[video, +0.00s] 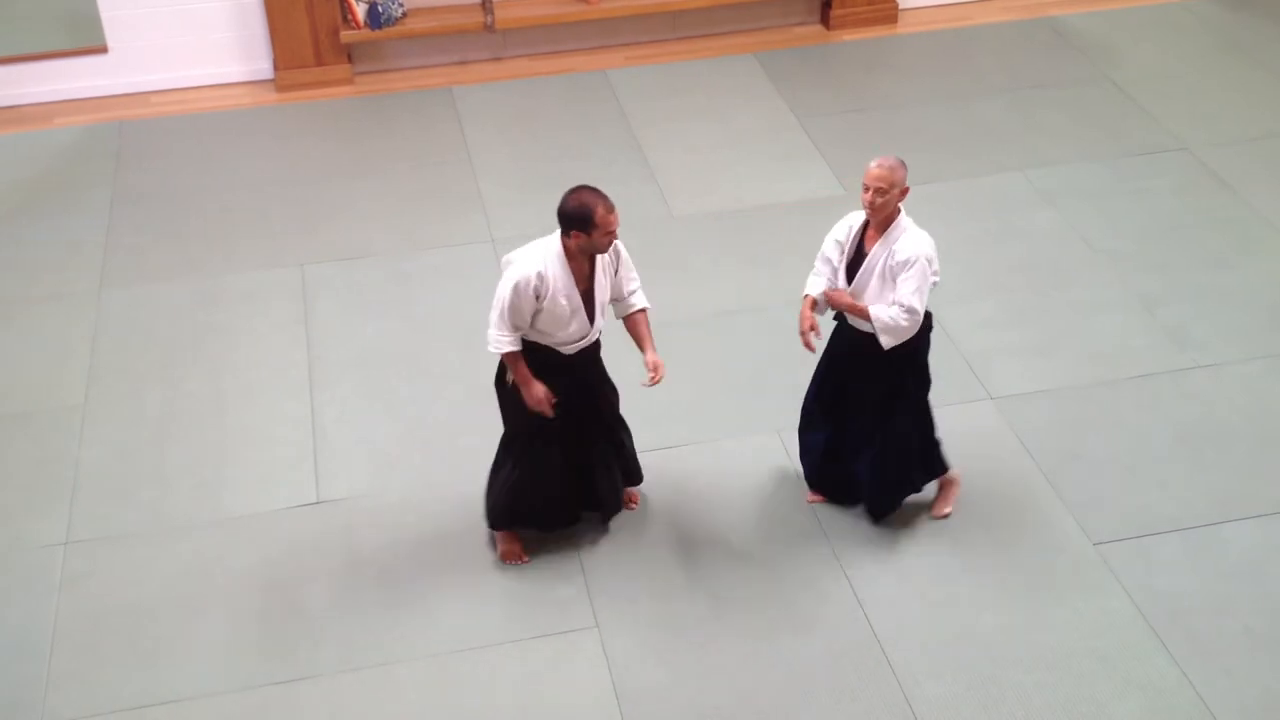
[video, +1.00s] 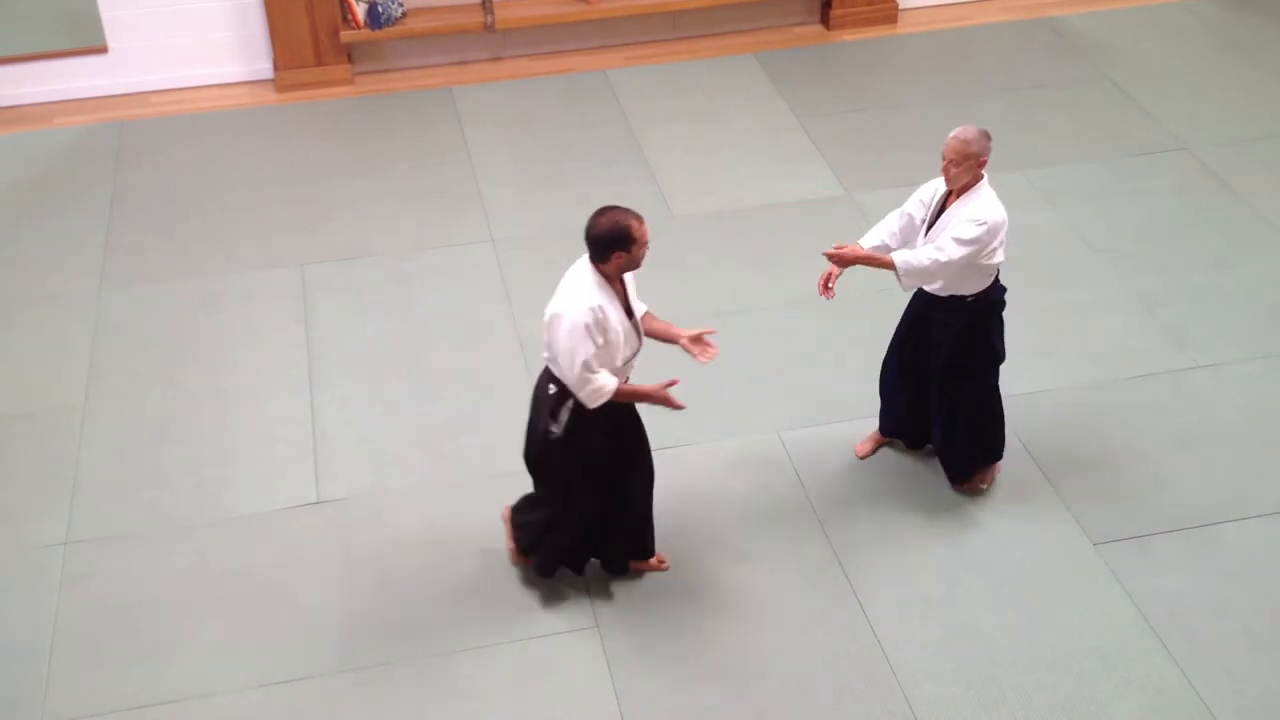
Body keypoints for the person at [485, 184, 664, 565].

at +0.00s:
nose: (614, 236)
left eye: (615, 228)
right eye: (607, 232)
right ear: (575, 237)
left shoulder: (611, 251)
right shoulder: (528, 271)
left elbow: (630, 300)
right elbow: (501, 335)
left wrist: (649, 350)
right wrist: (527, 384)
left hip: (584, 356)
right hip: (533, 364)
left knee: (605, 420)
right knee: (527, 442)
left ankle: (615, 483)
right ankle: (504, 524)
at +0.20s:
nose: (609, 234)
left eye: (608, 227)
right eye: (602, 231)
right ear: (571, 239)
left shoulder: (604, 246)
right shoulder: (529, 276)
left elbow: (617, 293)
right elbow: (508, 338)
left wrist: (621, 343)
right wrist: (551, 375)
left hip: (583, 355)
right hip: (534, 365)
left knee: (603, 424)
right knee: (521, 445)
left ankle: (606, 486)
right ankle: (498, 525)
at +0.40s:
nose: (591, 236)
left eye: (589, 229)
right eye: (583, 234)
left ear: (558, 242)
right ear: (554, 246)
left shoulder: (585, 246)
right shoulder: (517, 283)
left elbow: (597, 290)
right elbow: (494, 343)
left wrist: (608, 336)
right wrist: (546, 372)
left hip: (569, 362)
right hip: (520, 376)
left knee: (592, 429)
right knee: (512, 451)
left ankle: (605, 486)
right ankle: (497, 530)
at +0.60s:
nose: (585, 245)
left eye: (583, 238)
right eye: (578, 242)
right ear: (549, 252)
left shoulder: (574, 255)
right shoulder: (512, 288)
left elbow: (587, 291)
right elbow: (489, 348)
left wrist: (602, 334)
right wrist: (541, 376)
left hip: (565, 371)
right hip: (514, 383)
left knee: (595, 438)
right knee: (511, 459)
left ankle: (596, 501)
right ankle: (497, 531)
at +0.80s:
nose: (606, 255)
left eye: (605, 249)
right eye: (601, 253)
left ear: (574, 261)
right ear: (573, 263)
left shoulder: (585, 274)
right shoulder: (527, 309)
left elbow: (601, 315)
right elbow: (522, 378)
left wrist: (631, 348)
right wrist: (578, 399)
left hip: (580, 384)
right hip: (529, 403)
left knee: (609, 451)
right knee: (530, 472)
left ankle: (601, 538)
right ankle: (502, 542)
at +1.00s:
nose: (646, 249)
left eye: (645, 243)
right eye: (642, 246)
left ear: (615, 254)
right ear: (618, 257)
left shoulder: (617, 272)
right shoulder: (576, 310)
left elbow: (636, 315)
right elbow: (587, 385)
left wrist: (679, 336)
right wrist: (645, 394)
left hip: (610, 400)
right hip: (571, 414)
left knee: (633, 475)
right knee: (581, 493)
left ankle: (629, 553)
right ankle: (523, 522)